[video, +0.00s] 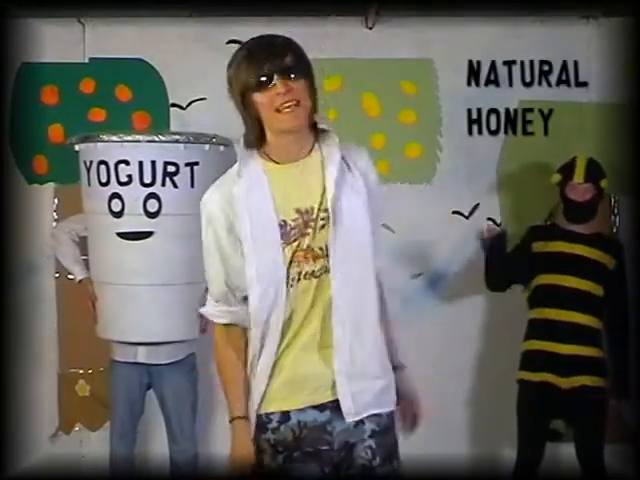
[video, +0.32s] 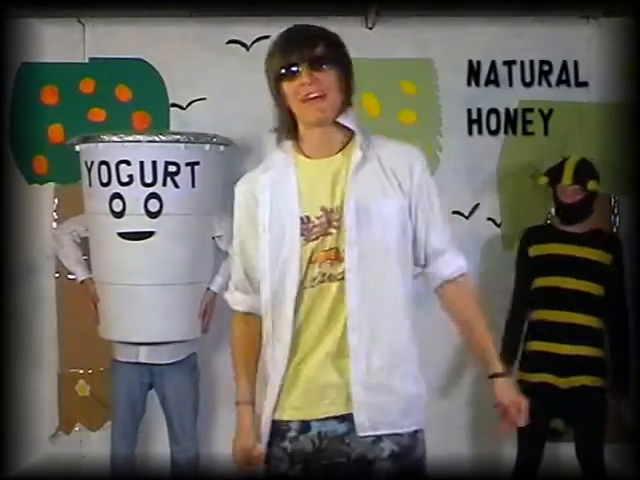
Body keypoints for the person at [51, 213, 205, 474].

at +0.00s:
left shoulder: (189, 227)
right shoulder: (112, 222)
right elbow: (62, 230)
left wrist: (211, 298)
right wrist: (83, 278)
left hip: (176, 353)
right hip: (125, 353)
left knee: (184, 448)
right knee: (121, 448)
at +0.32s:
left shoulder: (198, 219)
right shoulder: (114, 217)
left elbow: (237, 249)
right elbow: (63, 233)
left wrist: (213, 291)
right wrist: (87, 279)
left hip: (178, 352)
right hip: (127, 352)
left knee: (186, 449)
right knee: (122, 451)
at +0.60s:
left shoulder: (196, 220)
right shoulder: (112, 220)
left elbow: (245, 239)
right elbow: (62, 234)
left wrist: (215, 289)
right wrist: (86, 279)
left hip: (178, 353)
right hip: (127, 353)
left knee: (186, 450)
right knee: (121, 451)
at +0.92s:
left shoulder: (195, 219)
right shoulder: (113, 219)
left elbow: (247, 240)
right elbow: (63, 234)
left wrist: (217, 288)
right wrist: (85, 278)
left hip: (178, 353)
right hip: (127, 352)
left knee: (185, 449)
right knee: (121, 450)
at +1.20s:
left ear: (174, 196)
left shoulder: (195, 220)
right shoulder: (113, 219)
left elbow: (247, 241)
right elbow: (62, 233)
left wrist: (218, 289)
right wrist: (84, 278)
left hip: (177, 353)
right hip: (127, 352)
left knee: (185, 448)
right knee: (121, 449)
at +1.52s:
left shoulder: (196, 221)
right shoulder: (110, 220)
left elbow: (241, 245)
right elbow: (60, 236)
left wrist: (226, 293)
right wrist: (82, 281)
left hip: (176, 353)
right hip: (125, 353)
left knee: (185, 447)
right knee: (120, 448)